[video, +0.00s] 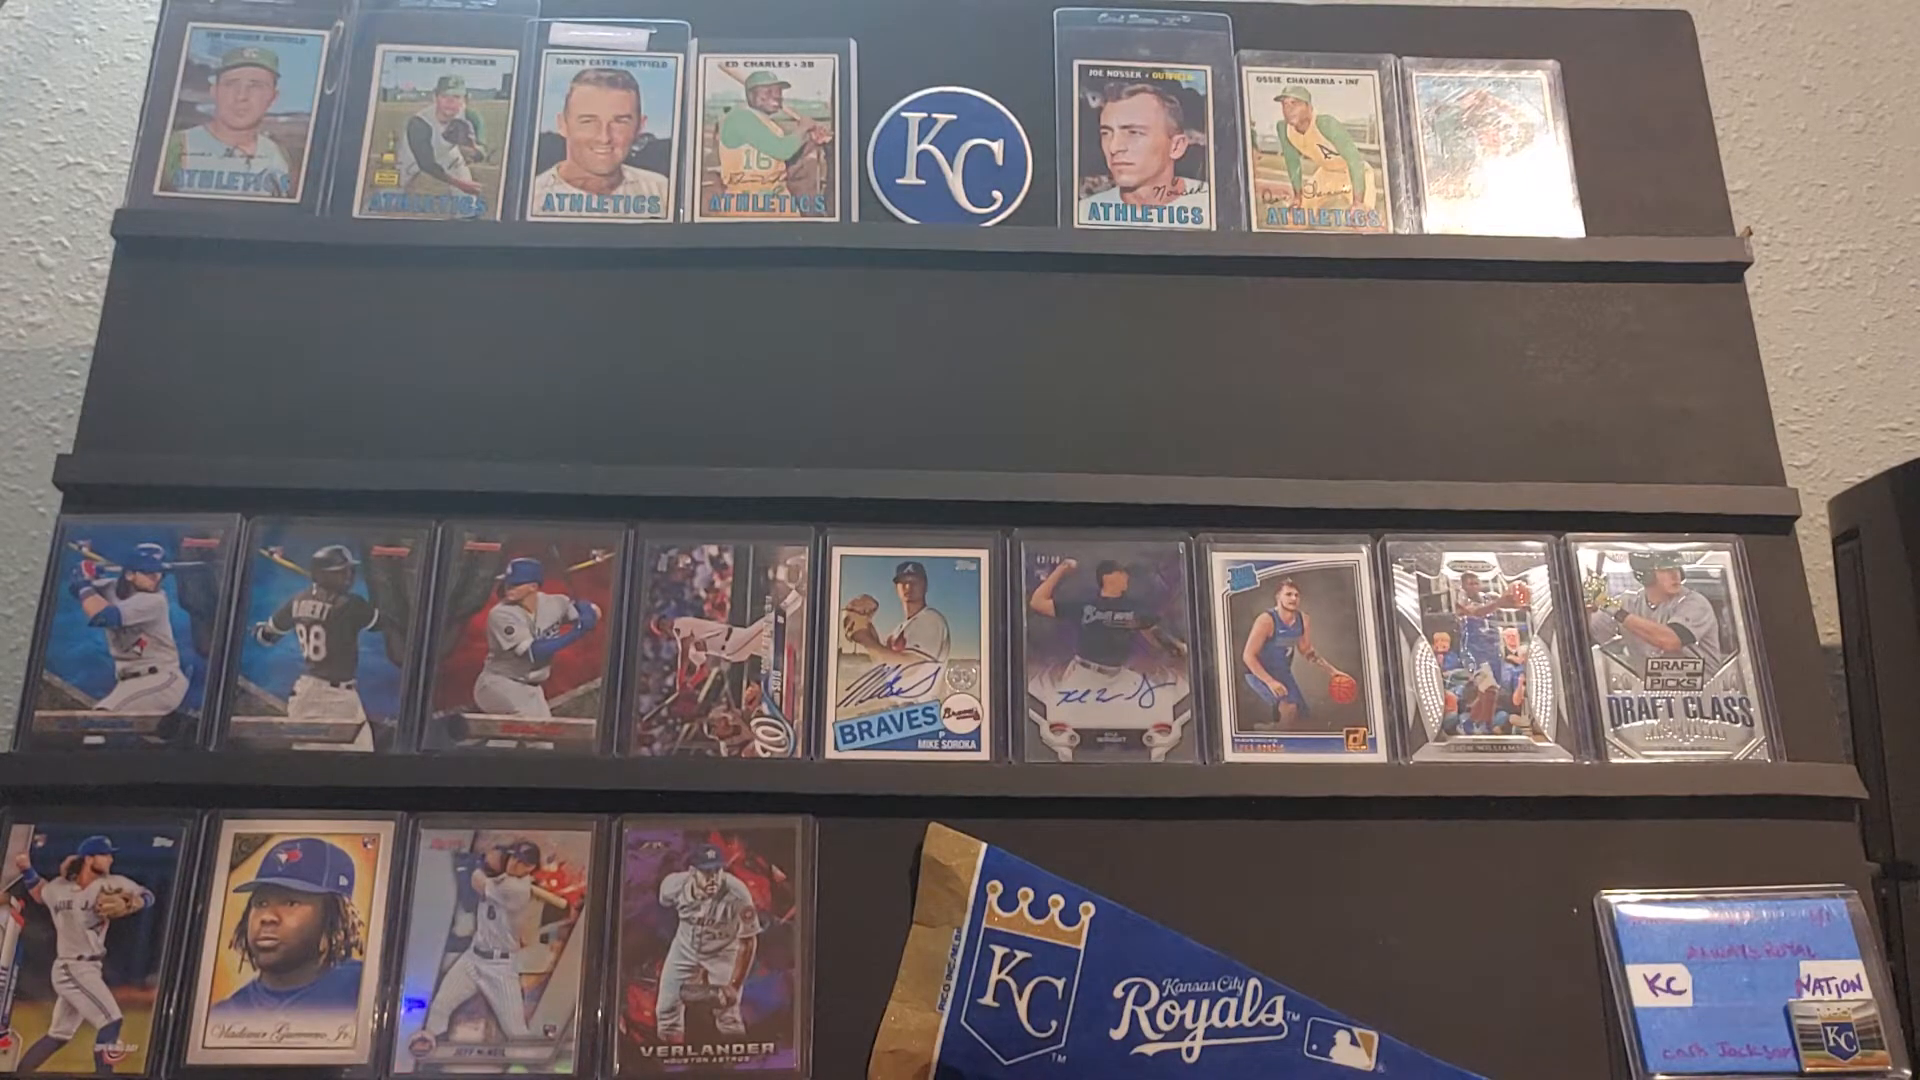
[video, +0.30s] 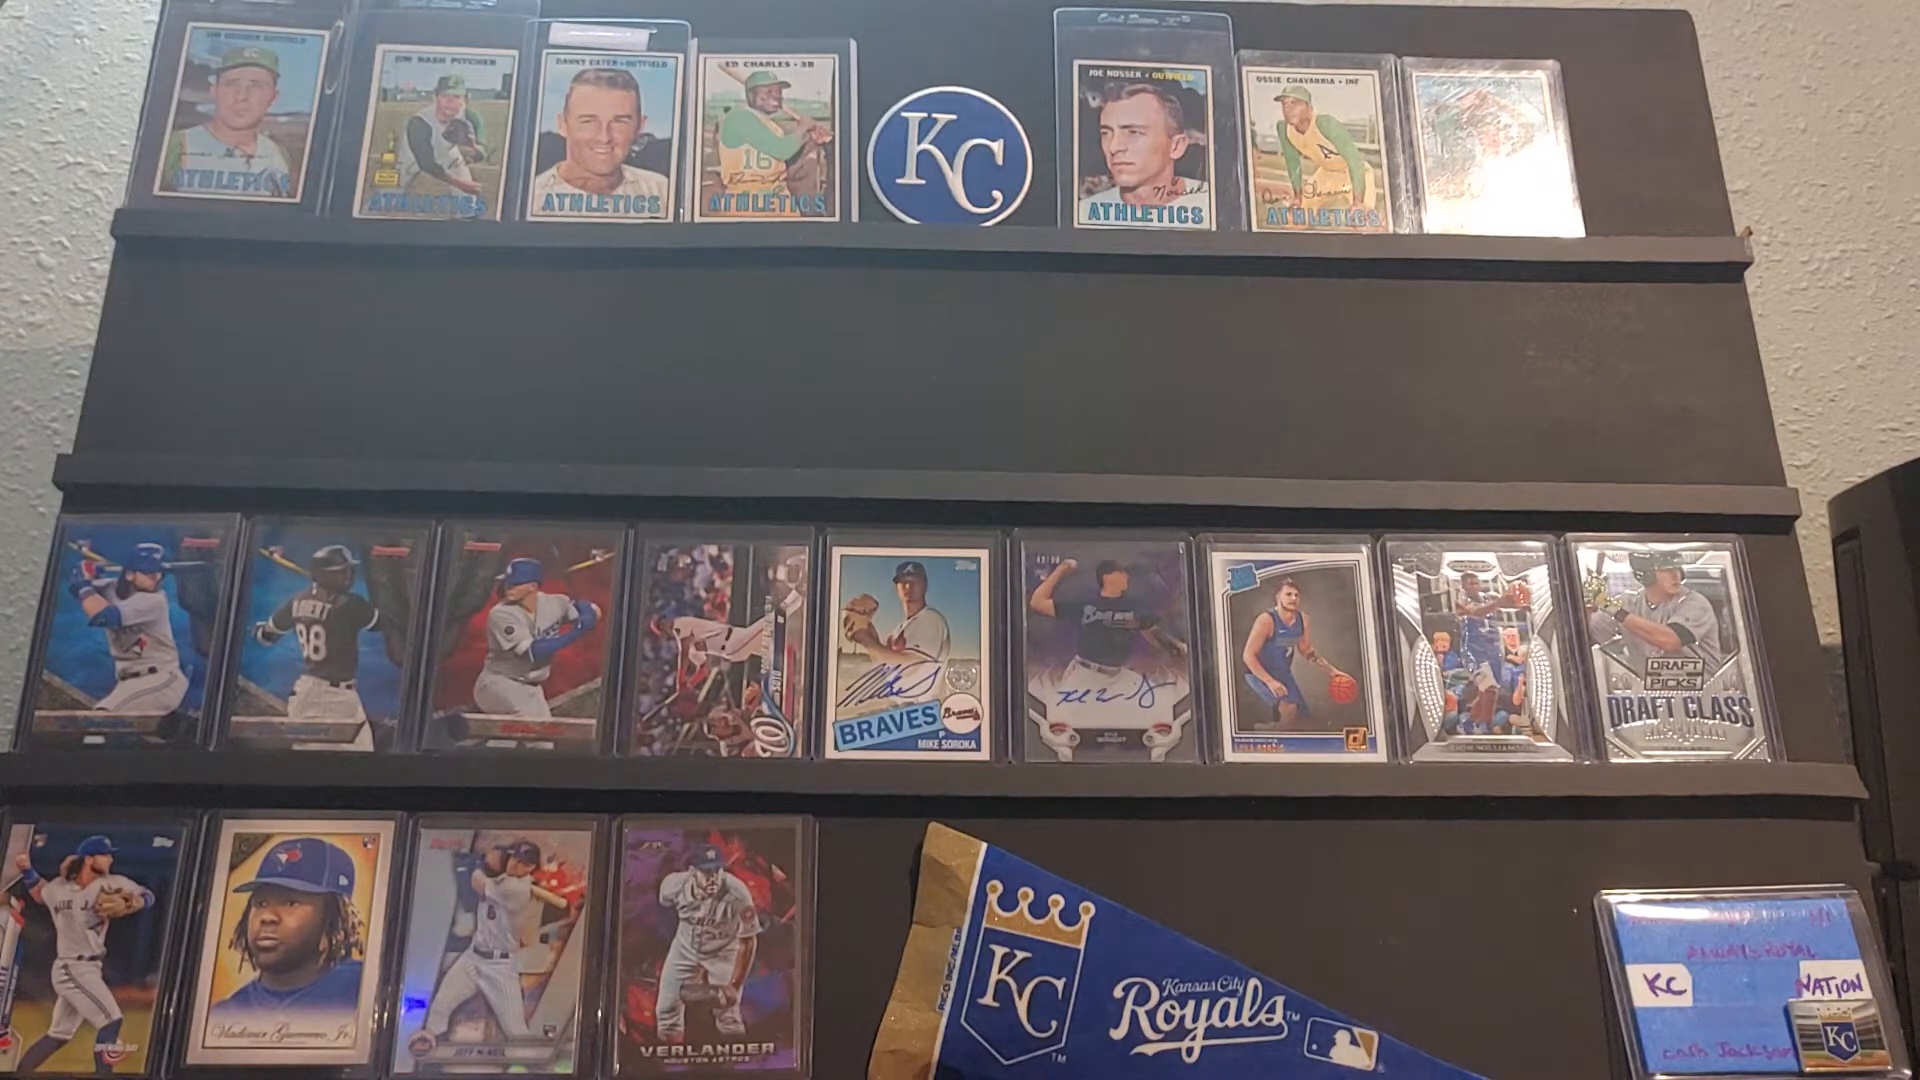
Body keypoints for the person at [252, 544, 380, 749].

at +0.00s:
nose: (350, 577)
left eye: (350, 571)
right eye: (346, 572)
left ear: (320, 575)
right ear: (334, 575)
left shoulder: (299, 601)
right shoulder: (351, 605)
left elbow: (267, 637)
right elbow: (385, 622)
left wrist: (259, 631)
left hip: (306, 694)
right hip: (342, 697)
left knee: (305, 765)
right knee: (360, 766)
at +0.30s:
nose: (350, 576)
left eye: (350, 571)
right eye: (346, 571)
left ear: (319, 575)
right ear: (333, 575)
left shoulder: (298, 601)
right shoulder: (351, 604)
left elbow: (267, 637)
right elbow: (386, 622)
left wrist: (260, 630)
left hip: (306, 692)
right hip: (341, 697)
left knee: (306, 765)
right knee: (360, 766)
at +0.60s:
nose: (350, 576)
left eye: (350, 571)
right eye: (346, 571)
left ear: (319, 575)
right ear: (333, 575)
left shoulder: (298, 601)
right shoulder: (350, 604)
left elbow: (267, 637)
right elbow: (386, 622)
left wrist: (259, 630)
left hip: (306, 692)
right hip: (341, 697)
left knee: (306, 765)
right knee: (360, 766)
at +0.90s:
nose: (352, 576)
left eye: (351, 571)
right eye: (348, 571)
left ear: (319, 574)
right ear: (338, 575)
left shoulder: (298, 601)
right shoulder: (352, 605)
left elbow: (267, 637)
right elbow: (386, 622)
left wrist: (259, 630)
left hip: (305, 693)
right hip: (341, 698)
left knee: (307, 765)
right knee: (360, 766)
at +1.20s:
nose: (352, 576)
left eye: (351, 570)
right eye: (348, 571)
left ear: (320, 574)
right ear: (337, 575)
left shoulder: (298, 601)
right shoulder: (351, 605)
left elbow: (267, 637)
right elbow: (387, 621)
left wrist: (259, 630)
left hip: (305, 694)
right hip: (341, 698)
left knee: (306, 765)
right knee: (359, 766)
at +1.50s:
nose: (352, 576)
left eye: (351, 570)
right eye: (348, 571)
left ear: (320, 574)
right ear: (337, 574)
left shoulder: (298, 601)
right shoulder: (351, 605)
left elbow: (267, 637)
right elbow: (385, 622)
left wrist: (260, 630)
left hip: (305, 693)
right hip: (341, 697)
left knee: (306, 764)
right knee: (359, 766)